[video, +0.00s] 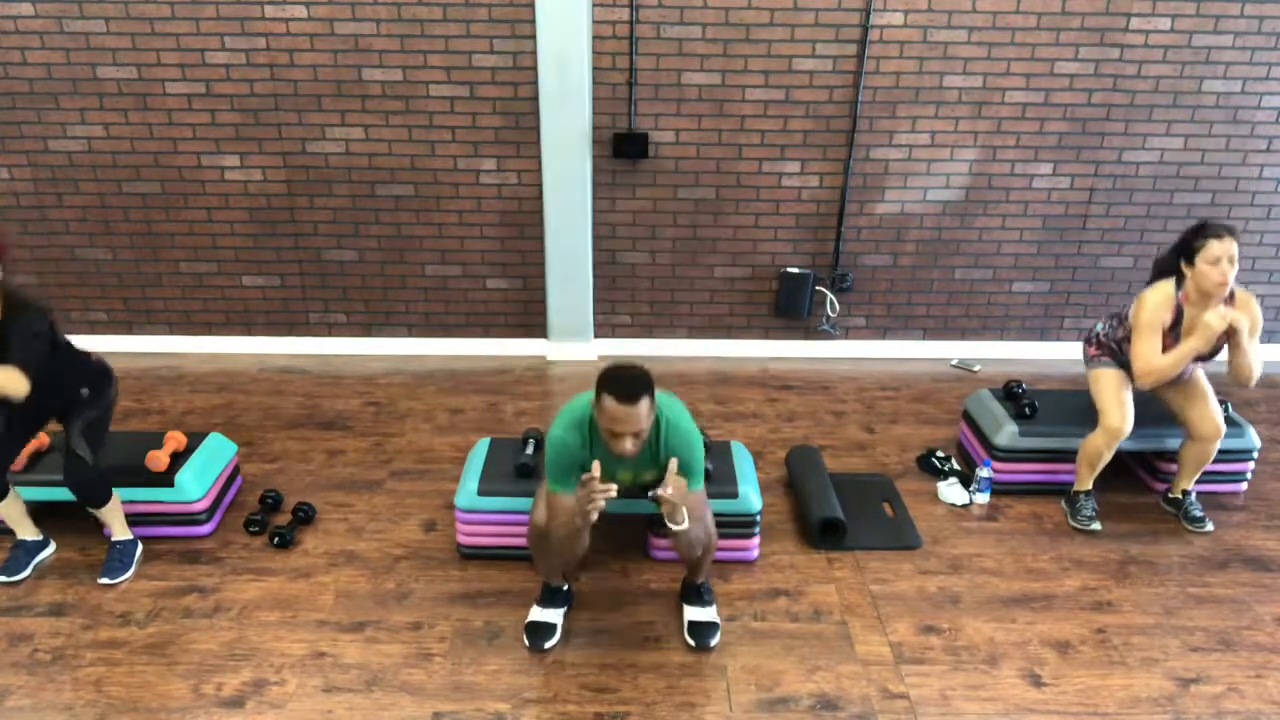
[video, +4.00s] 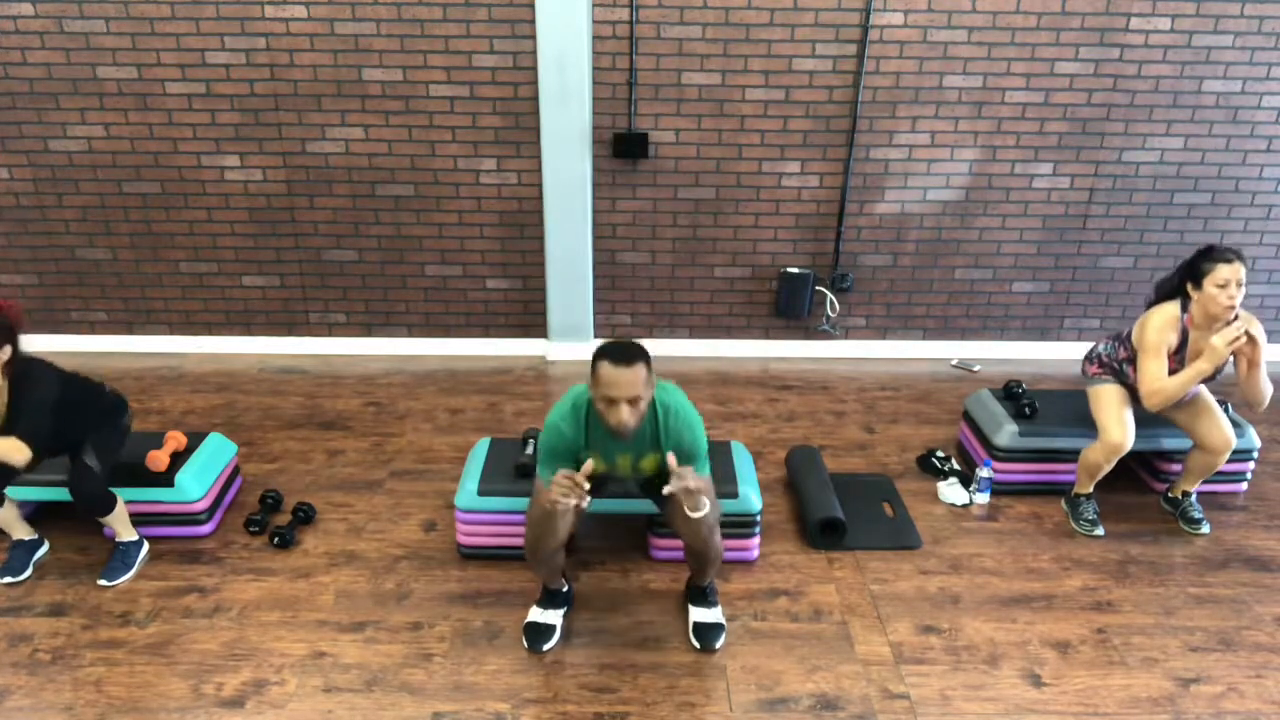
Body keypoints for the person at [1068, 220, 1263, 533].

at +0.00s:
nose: (1226, 272)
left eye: (1232, 261)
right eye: (1214, 262)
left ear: (1238, 265)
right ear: (1187, 267)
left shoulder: (1244, 306)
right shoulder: (1156, 300)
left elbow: (1245, 379)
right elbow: (1145, 376)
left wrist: (1240, 335)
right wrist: (1199, 341)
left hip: (1173, 352)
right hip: (1114, 348)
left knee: (1210, 430)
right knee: (1117, 425)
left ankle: (1180, 493)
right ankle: (1080, 492)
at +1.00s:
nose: (1244, 169)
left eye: (1249, 161)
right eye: (1234, 159)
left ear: (1254, 165)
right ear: (1204, 164)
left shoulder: (1256, 213)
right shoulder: (1171, 213)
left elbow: (1226, 265)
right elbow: (1112, 250)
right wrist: (1075, 293)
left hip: (1215, 340)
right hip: (1161, 334)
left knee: (1187, 425)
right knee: (1123, 416)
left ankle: (1180, 494)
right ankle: (1081, 493)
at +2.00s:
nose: (1228, 293)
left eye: (1233, 283)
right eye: (1218, 284)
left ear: (1239, 285)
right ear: (1188, 288)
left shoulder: (1238, 322)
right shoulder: (1159, 315)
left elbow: (1269, 383)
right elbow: (1159, 388)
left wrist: (1274, 351)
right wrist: (1221, 344)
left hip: (1166, 373)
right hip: (1109, 368)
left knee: (1214, 437)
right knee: (1119, 435)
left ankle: (1179, 494)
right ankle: (1080, 495)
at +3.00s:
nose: (1244, 173)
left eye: (1249, 164)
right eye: (1233, 164)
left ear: (1254, 166)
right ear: (1203, 167)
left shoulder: (1254, 212)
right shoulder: (1170, 214)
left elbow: (1225, 265)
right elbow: (1106, 250)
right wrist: (1063, 288)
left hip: (1209, 342)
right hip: (1157, 335)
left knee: (1183, 425)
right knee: (1119, 416)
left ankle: (1179, 494)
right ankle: (1081, 494)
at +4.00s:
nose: (1234, 296)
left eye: (1240, 286)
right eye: (1222, 287)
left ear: (1245, 288)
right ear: (1192, 289)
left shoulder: (1244, 327)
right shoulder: (1161, 321)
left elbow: (1257, 402)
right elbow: (1153, 398)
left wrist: (1253, 360)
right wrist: (1208, 362)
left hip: (1168, 374)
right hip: (1112, 369)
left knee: (1221, 441)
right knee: (1118, 439)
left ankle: (1179, 494)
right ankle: (1079, 495)